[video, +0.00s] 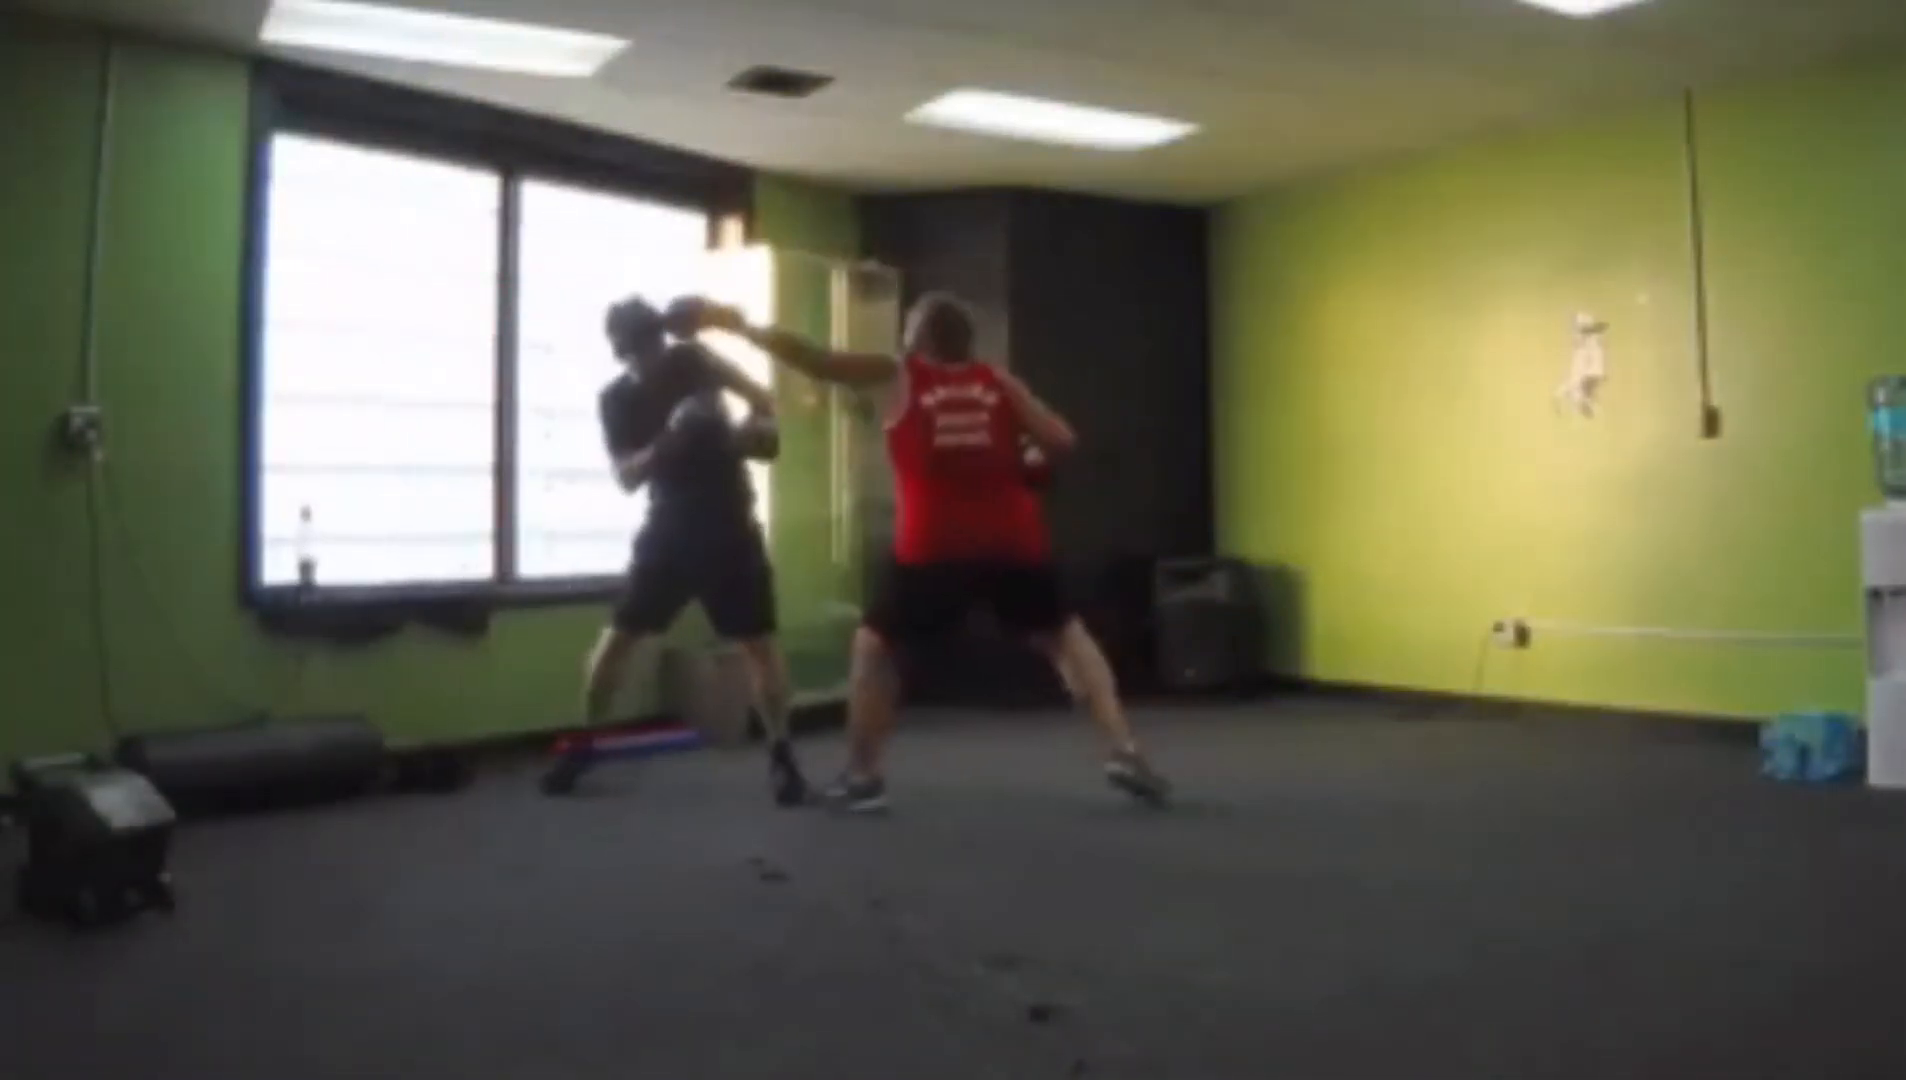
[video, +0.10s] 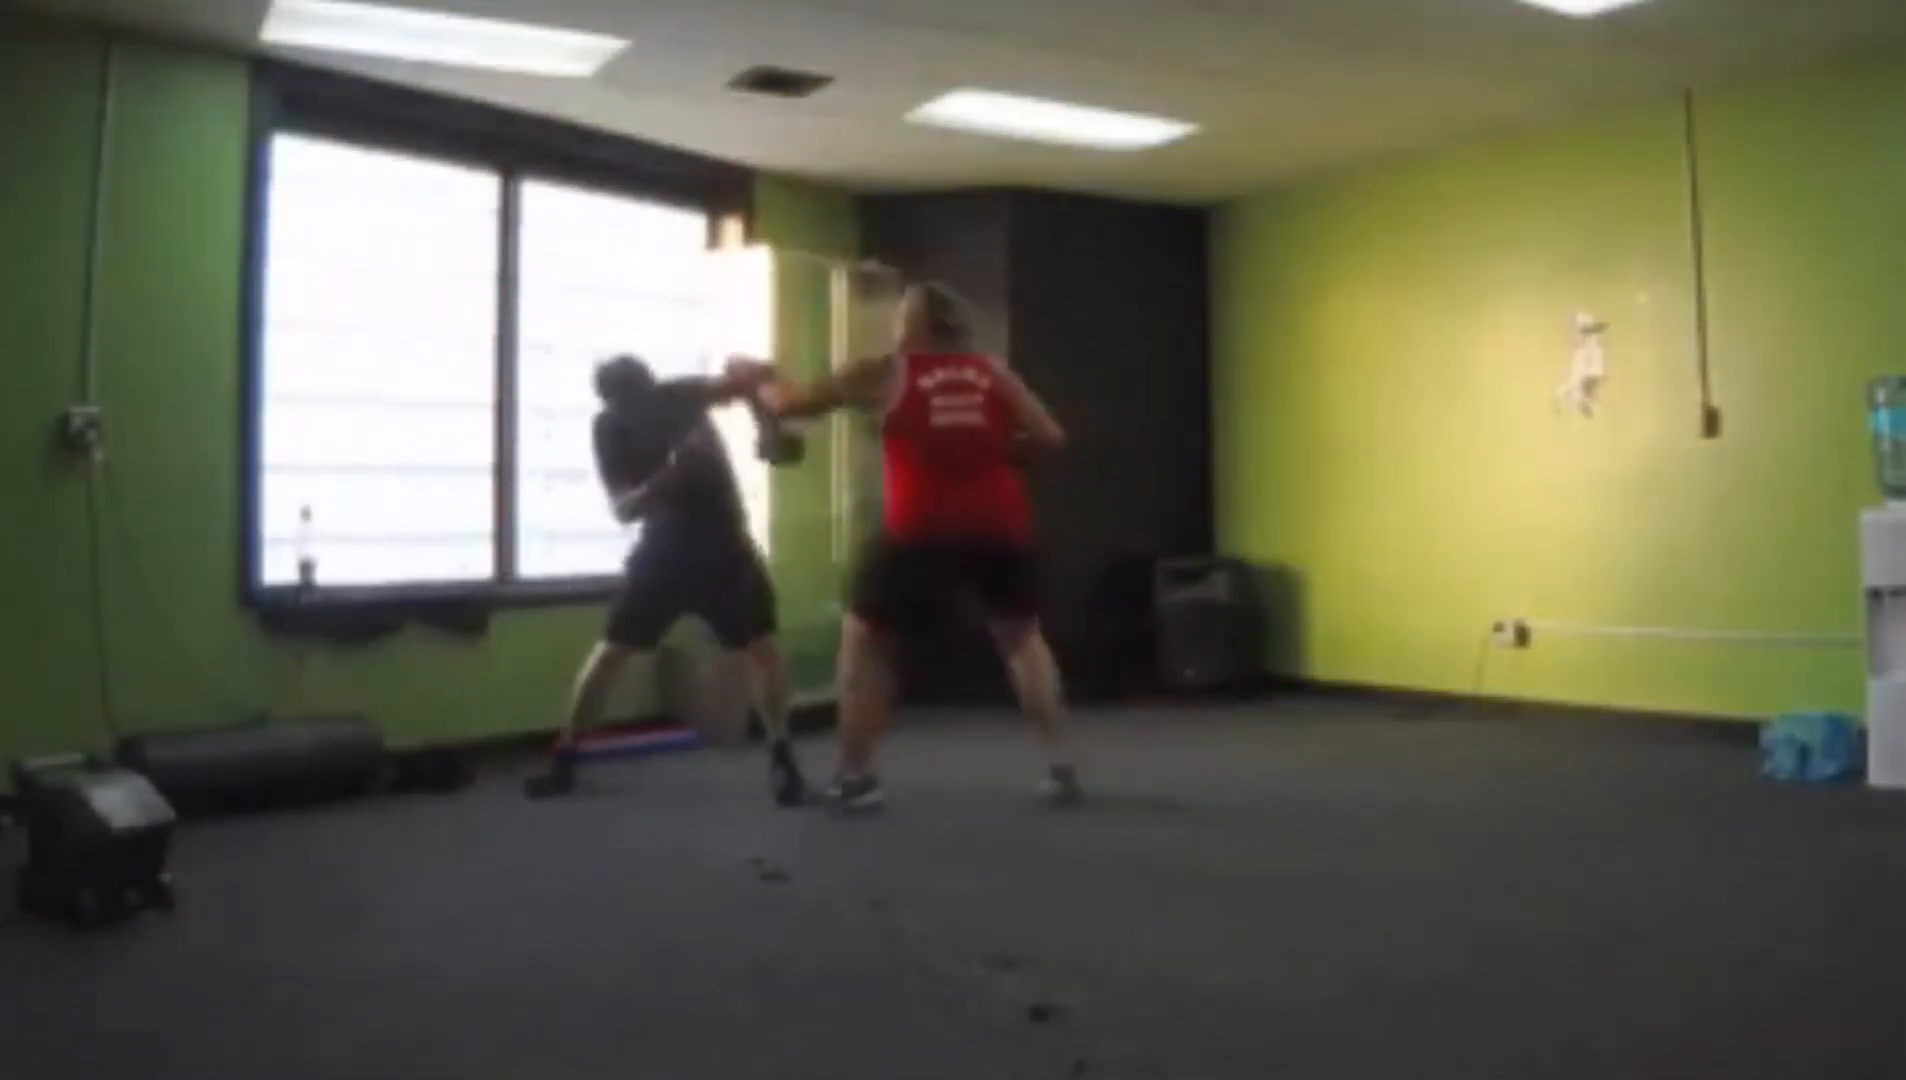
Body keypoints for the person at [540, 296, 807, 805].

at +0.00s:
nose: (643, 357)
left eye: (647, 343)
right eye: (630, 350)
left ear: (661, 333)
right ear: (618, 350)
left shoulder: (694, 363)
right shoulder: (618, 398)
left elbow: (760, 399)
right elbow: (627, 476)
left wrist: (759, 433)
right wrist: (675, 433)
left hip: (729, 524)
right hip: (669, 529)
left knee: (759, 644)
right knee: (620, 637)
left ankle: (783, 758)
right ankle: (583, 741)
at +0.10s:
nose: (630, 410)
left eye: (635, 399)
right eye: (619, 404)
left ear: (646, 384)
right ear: (608, 401)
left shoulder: (682, 395)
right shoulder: (610, 429)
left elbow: (748, 384)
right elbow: (623, 509)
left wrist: (768, 431)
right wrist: (674, 470)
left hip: (721, 543)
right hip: (662, 551)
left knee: (762, 649)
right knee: (614, 651)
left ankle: (783, 760)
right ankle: (564, 758)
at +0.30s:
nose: (689, 510)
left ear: (709, 486)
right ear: (667, 486)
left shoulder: (730, 473)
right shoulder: (642, 489)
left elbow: (776, 454)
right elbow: (611, 523)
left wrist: (812, 446)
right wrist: (624, 575)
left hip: (726, 578)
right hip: (662, 582)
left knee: (780, 653)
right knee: (608, 663)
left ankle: (806, 760)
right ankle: (561, 760)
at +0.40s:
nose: (773, 544)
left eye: (779, 542)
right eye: (770, 537)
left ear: (780, 500)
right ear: (754, 509)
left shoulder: (779, 485)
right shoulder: (695, 484)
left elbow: (822, 475)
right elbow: (624, 518)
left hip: (731, 571)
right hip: (672, 573)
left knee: (797, 641)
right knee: (620, 672)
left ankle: (805, 758)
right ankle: (561, 758)